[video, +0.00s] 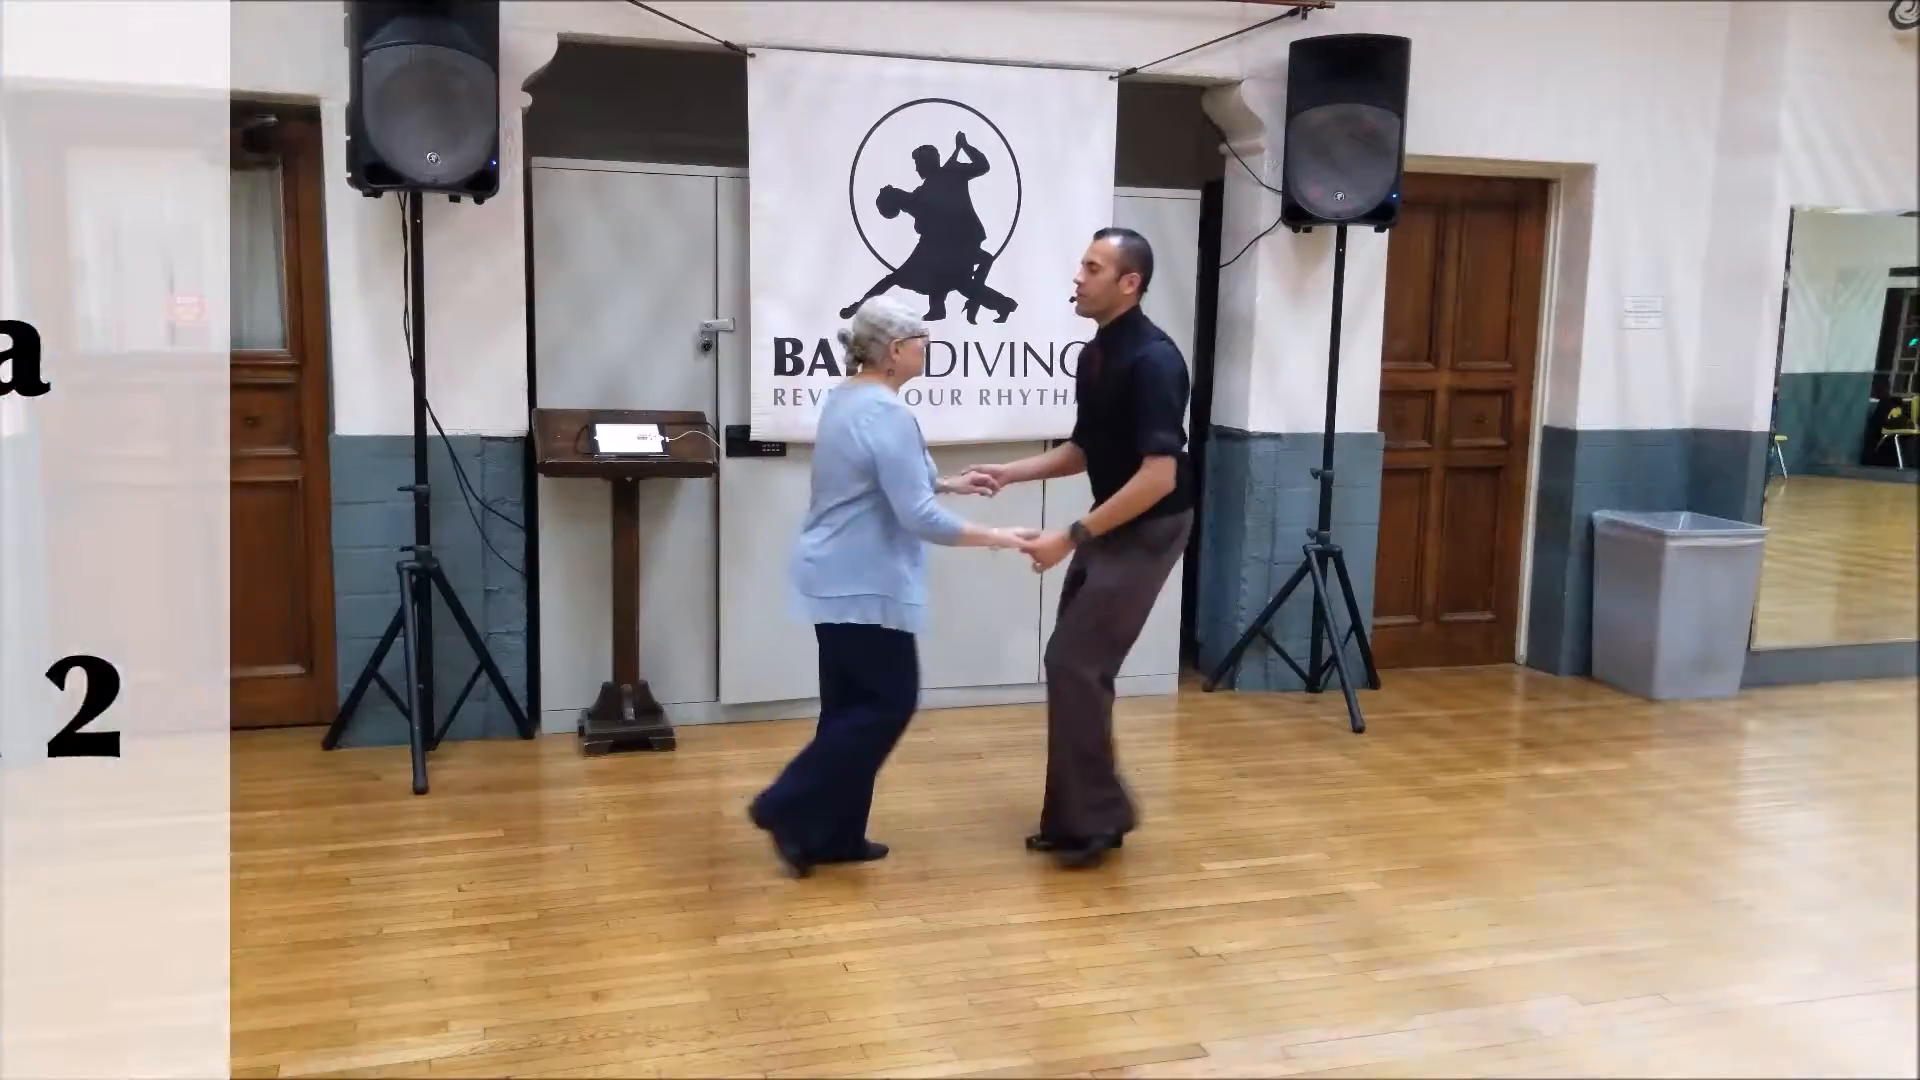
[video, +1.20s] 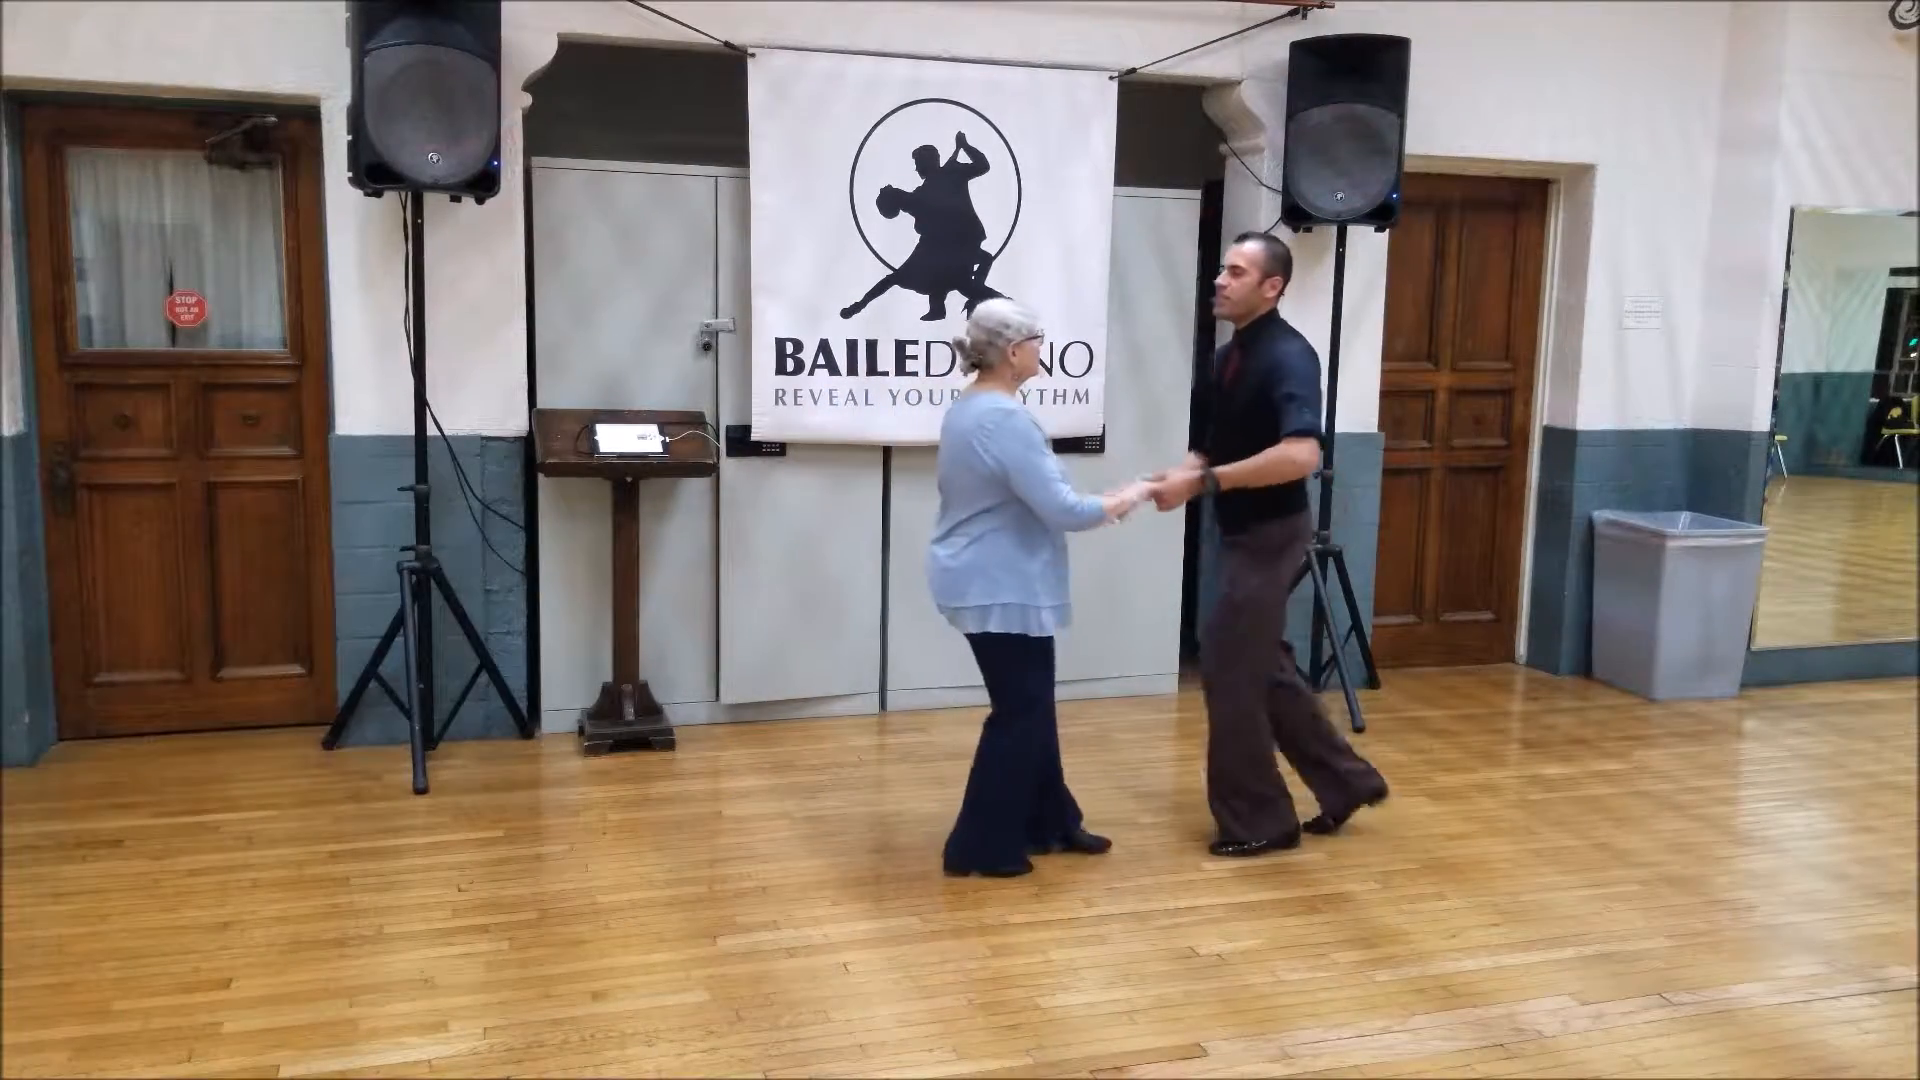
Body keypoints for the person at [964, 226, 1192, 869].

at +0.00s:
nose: (1079, 278)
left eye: (1093, 270)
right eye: (1082, 267)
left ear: (1130, 283)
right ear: (1114, 281)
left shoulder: (1154, 359)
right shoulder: (1096, 350)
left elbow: (1160, 475)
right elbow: (1087, 450)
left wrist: (1075, 533)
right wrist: (1010, 474)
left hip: (1151, 526)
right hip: (1110, 521)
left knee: (1077, 661)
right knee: (1069, 661)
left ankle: (1099, 815)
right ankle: (1071, 816)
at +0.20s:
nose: (1116, 277)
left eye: (1129, 267)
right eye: (1119, 266)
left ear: (1166, 278)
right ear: (1152, 278)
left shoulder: (1184, 343)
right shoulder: (1144, 350)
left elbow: (1212, 429)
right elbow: (1129, 455)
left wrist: (1124, 497)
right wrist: (1054, 480)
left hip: (1181, 531)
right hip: (1146, 528)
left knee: (1159, 675)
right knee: (1113, 671)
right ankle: (1096, 817)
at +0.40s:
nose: (1160, 279)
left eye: (1175, 271)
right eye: (1163, 268)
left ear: (1212, 283)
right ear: (1189, 282)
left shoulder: (1230, 344)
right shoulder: (1183, 356)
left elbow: (1257, 419)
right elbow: (1167, 462)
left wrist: (1172, 471)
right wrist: (1098, 500)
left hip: (1253, 534)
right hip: (1206, 532)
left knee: (1260, 674)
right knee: (1166, 668)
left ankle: (1291, 819)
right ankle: (1121, 804)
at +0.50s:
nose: (1183, 283)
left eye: (1198, 274)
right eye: (1185, 272)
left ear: (1235, 285)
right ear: (1212, 283)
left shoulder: (1264, 355)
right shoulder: (1201, 360)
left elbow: (1274, 454)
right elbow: (1188, 456)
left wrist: (1183, 486)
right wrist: (1141, 495)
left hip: (1275, 535)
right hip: (1219, 536)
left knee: (1282, 678)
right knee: (1176, 652)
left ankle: (1294, 822)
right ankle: (1185, 799)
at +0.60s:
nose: (1205, 279)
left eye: (1220, 272)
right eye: (1206, 269)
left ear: (1257, 285)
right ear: (1215, 282)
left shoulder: (1284, 360)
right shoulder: (1213, 357)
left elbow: (1279, 474)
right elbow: (1204, 455)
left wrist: (1183, 500)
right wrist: (1149, 488)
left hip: (1296, 534)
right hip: (1237, 532)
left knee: (1299, 678)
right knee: (1207, 665)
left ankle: (1297, 823)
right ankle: (1276, 786)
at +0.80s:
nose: (1232, 281)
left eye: (1247, 274)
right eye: (1233, 270)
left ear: (1285, 288)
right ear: (1235, 277)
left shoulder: (1305, 362)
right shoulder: (1235, 355)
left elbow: (1292, 480)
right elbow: (1232, 446)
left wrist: (1199, 524)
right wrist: (1161, 464)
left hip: (1306, 530)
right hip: (1266, 529)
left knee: (1277, 670)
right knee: (1307, 666)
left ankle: (1300, 820)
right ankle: (1364, 800)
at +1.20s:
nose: (1220, 281)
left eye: (1236, 273)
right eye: (1223, 270)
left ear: (1272, 287)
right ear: (1234, 281)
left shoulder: (1290, 355)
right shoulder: (1229, 353)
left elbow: (1302, 455)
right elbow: (1213, 445)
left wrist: (1208, 478)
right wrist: (1179, 475)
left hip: (1273, 533)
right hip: (1237, 529)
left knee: (1229, 664)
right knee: (1256, 663)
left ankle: (1260, 822)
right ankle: (1346, 781)